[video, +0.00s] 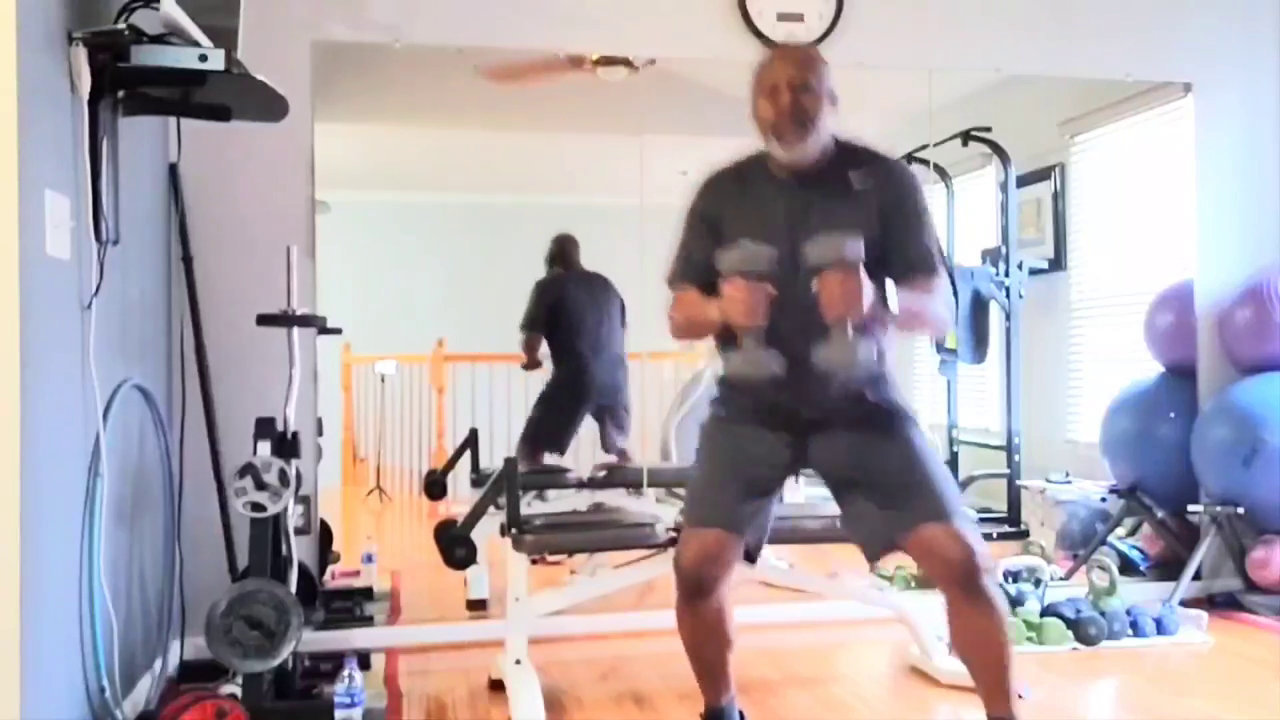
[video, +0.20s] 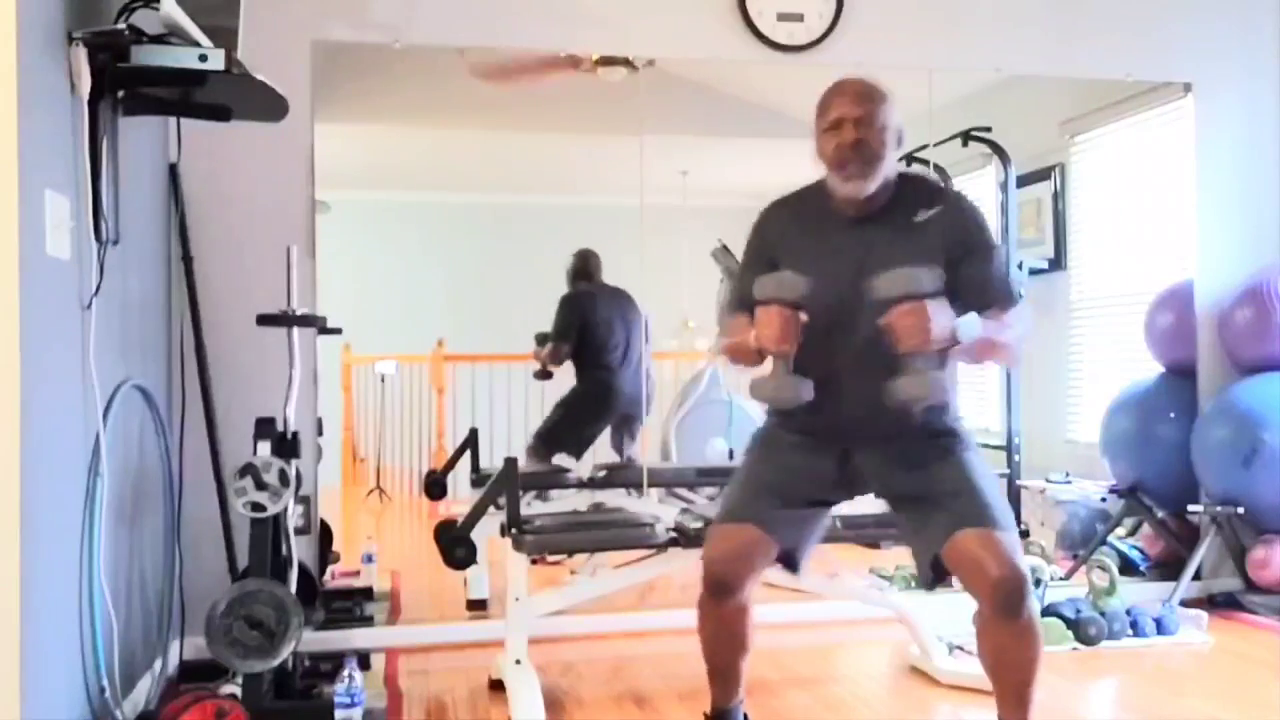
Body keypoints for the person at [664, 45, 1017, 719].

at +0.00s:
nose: (786, 104)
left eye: (802, 90)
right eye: (771, 92)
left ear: (830, 99)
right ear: (754, 103)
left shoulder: (884, 183)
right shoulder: (723, 193)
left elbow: (934, 310)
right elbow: (681, 313)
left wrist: (877, 301)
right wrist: (721, 308)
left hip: (859, 411)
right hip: (750, 411)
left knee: (960, 561)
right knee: (698, 569)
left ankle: (1003, 714)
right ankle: (719, 709)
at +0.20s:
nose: (850, 140)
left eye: (865, 126)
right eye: (835, 127)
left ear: (896, 137)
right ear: (815, 140)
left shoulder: (947, 217)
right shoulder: (782, 222)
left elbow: (1010, 335)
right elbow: (734, 337)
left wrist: (954, 328)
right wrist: (759, 336)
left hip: (918, 436)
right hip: (802, 433)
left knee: (1006, 581)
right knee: (723, 567)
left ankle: (1014, 717)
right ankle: (725, 711)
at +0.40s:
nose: (890, 43)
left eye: (907, 27)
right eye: (874, 29)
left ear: (939, 36)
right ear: (855, 44)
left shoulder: (1001, 119)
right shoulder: (825, 138)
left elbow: (1059, 220)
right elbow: (783, 243)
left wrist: (1057, 252)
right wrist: (771, 274)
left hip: (971, 363)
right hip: (859, 363)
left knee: (1007, 550)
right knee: (797, 532)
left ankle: (1018, 713)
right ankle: (809, 683)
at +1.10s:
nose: (882, 116)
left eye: (897, 103)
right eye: (867, 104)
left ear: (925, 118)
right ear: (845, 121)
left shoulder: (975, 202)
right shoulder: (805, 209)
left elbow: (1032, 335)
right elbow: (765, 341)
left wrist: (980, 321)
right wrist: (819, 334)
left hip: (952, 428)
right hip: (837, 426)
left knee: (1059, 575)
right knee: (749, 566)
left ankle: (1029, 715)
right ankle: (726, 714)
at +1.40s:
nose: (796, 61)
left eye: (812, 46)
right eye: (781, 48)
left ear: (842, 56)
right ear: (760, 62)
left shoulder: (894, 142)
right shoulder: (726, 155)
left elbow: (955, 250)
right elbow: (674, 265)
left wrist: (934, 267)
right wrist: (702, 282)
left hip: (867, 376)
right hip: (758, 380)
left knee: (946, 538)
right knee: (717, 555)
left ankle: (975, 703)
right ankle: (718, 713)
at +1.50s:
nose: (777, 22)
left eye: (795, 6)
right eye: (760, 7)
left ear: (828, 14)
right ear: (740, 18)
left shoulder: (878, 111)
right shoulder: (704, 119)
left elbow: (920, 209)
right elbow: (657, 223)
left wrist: (931, 231)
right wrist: (659, 250)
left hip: (846, 356)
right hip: (735, 360)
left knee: (906, 529)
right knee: (713, 546)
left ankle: (878, 696)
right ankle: (718, 714)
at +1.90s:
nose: (745, 18)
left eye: (762, 3)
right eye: (730, 4)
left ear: (791, 14)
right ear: (712, 15)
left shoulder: (842, 110)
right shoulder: (667, 107)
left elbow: (891, 212)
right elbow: (603, 212)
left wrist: (875, 232)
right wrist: (632, 240)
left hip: (787, 364)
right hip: (676, 358)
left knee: (812, 544)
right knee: (632, 522)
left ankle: (803, 715)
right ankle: (656, 692)